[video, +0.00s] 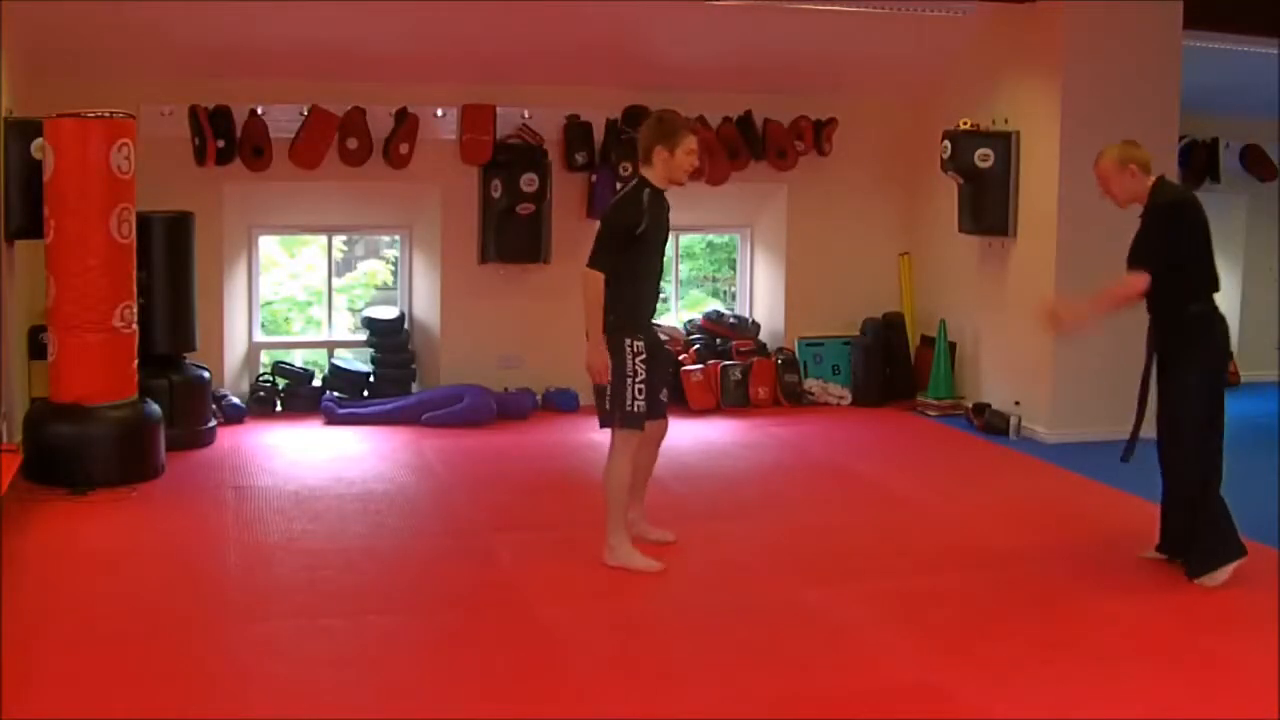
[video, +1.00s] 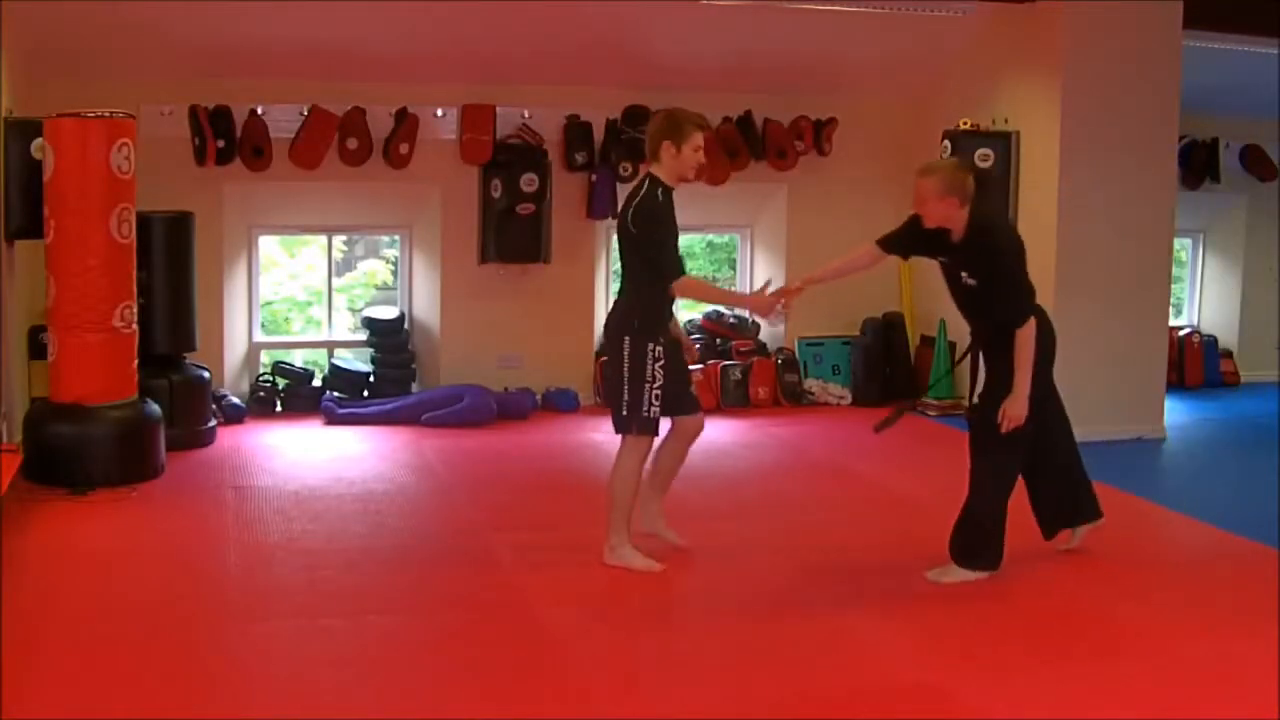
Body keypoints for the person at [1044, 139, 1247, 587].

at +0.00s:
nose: (1106, 194)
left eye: (1107, 185)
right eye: (1103, 186)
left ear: (1132, 173)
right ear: (1133, 173)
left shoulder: (1166, 207)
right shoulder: (1172, 202)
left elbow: (1138, 283)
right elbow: (1197, 287)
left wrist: (1079, 311)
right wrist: (1223, 351)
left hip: (1191, 340)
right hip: (1187, 337)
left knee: (1189, 445)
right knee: (1175, 442)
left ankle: (1219, 550)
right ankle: (1178, 541)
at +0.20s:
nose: (1091, 174)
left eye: (1098, 166)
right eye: (1092, 166)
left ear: (1125, 169)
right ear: (1121, 169)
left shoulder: (1153, 209)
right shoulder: (1133, 211)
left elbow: (1179, 288)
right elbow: (1150, 289)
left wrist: (1165, 357)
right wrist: (1139, 351)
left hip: (1161, 353)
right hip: (1149, 349)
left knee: (1128, 444)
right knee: (1171, 445)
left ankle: (1170, 543)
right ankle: (1194, 537)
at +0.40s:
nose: (1066, 179)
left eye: (1074, 171)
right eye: (1067, 171)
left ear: (1100, 175)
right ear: (1090, 176)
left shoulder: (1130, 221)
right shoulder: (1085, 225)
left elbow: (1156, 300)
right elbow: (1042, 287)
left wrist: (1161, 373)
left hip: (1130, 368)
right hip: (1116, 365)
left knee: (1075, 445)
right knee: (1155, 456)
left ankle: (1045, 548)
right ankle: (1181, 543)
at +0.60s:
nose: (1001, 200)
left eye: (1011, 191)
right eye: (1003, 191)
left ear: (1041, 196)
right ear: (1027, 197)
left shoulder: (1069, 240)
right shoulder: (1017, 237)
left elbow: (1094, 324)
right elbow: (959, 262)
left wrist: (1103, 402)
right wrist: (892, 278)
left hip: (1069, 380)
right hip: (1059, 376)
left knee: (1010, 457)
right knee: (1107, 454)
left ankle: (975, 560)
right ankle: (1163, 532)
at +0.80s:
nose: (947, 204)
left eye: (955, 194)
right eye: (948, 194)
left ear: (983, 196)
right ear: (970, 197)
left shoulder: (1020, 232)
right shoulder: (963, 225)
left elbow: (1043, 319)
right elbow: (904, 248)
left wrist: (1036, 396)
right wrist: (837, 273)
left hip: (1037, 347)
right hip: (1018, 343)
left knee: (1000, 441)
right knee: (1061, 433)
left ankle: (977, 558)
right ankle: (1100, 525)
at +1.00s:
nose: (917, 209)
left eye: (925, 201)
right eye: (918, 201)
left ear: (954, 203)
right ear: (942, 203)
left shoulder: (997, 240)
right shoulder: (931, 230)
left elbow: (1024, 321)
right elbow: (871, 254)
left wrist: (1020, 394)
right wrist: (804, 282)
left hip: (1023, 345)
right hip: (997, 341)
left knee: (991, 433)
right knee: (1039, 423)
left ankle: (977, 556)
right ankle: (1079, 510)